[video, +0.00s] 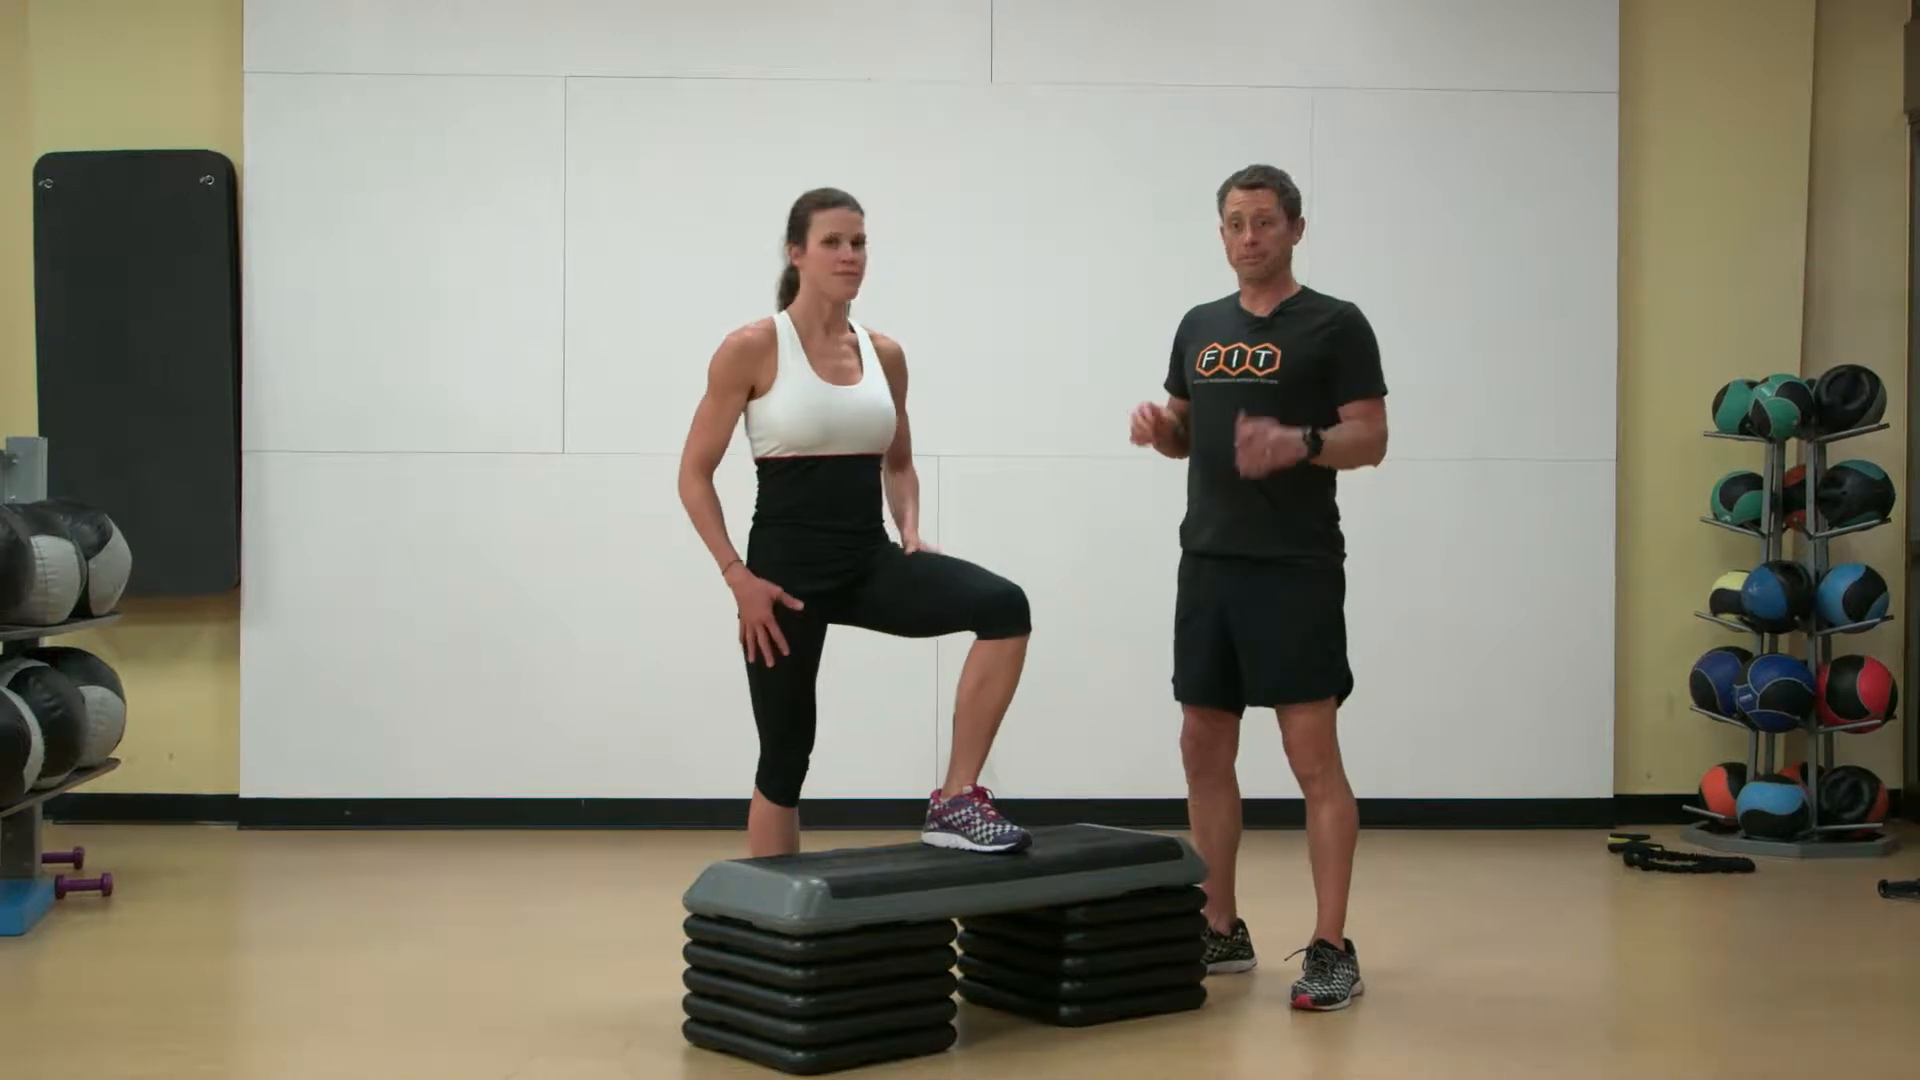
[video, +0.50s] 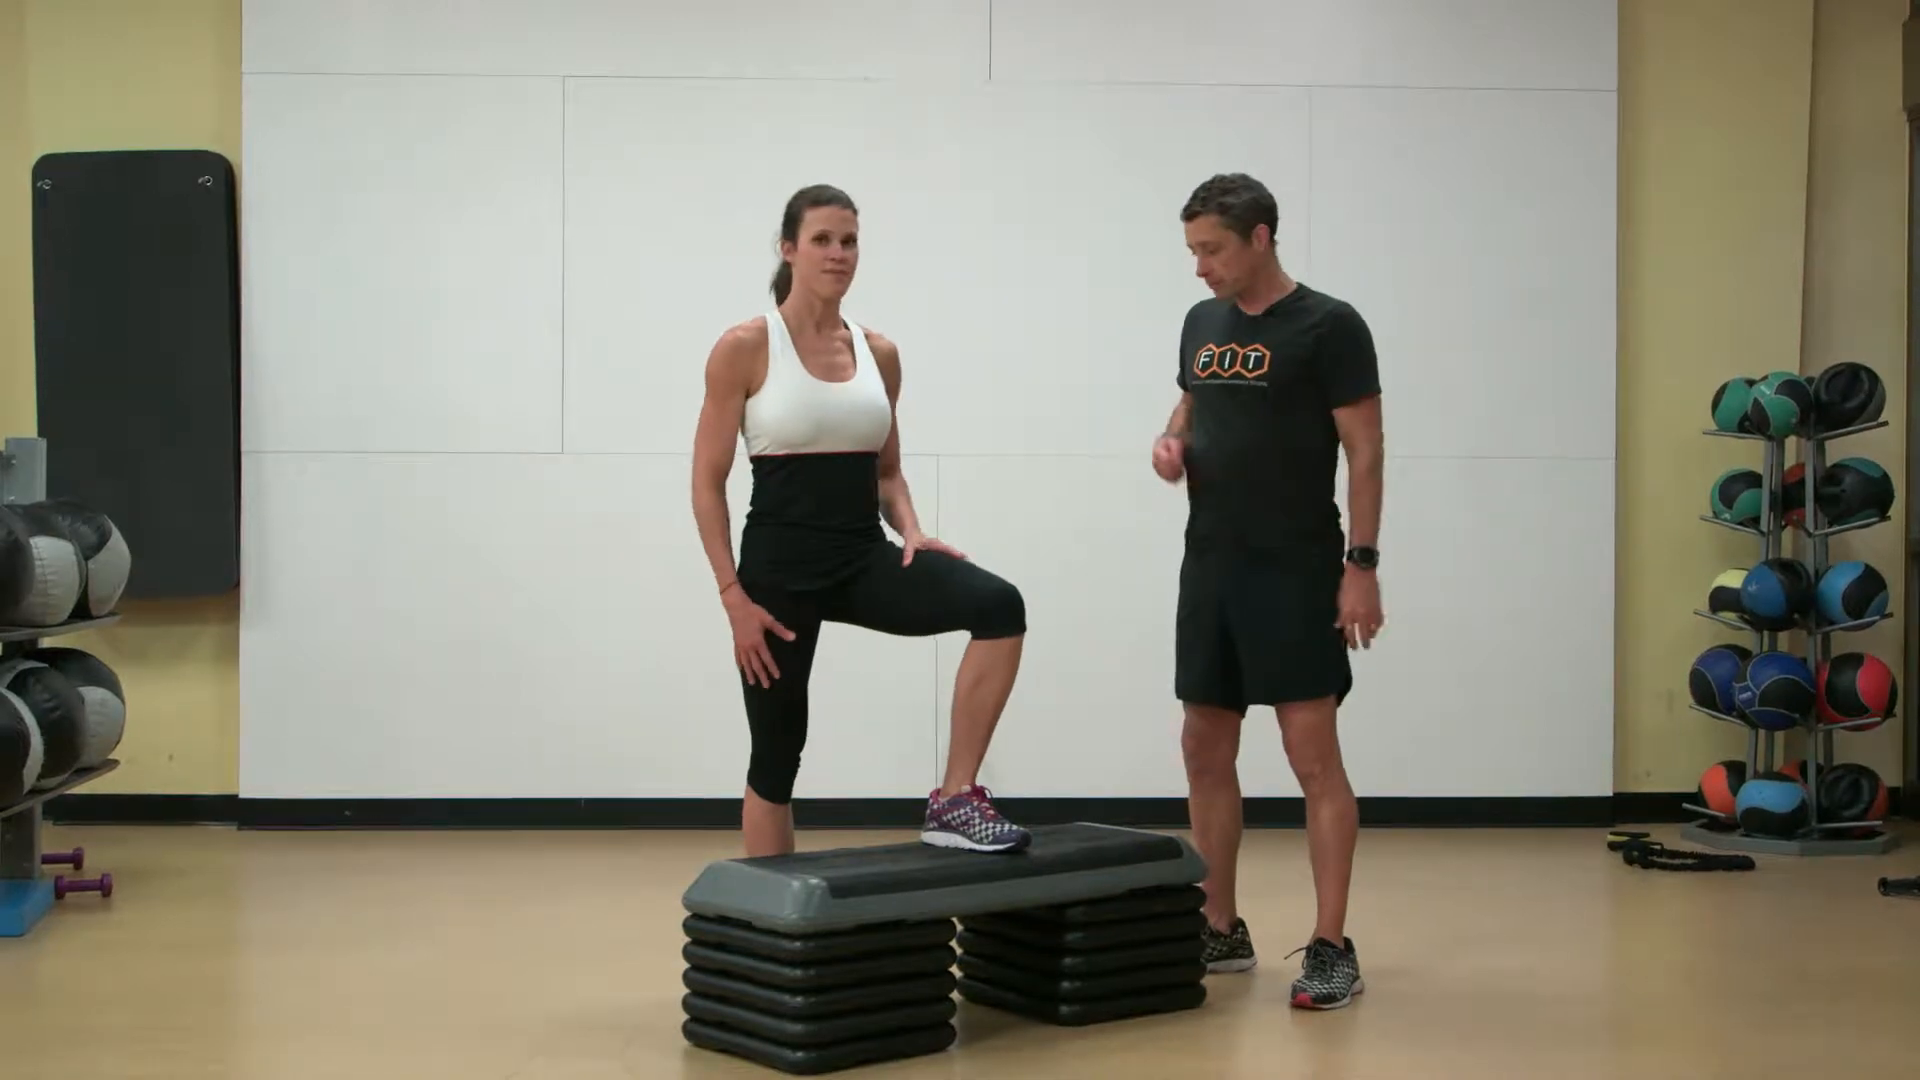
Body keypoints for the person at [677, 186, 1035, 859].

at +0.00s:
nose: (851, 256)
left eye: (859, 243)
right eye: (833, 243)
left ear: (867, 252)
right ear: (796, 254)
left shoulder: (884, 356)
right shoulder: (751, 350)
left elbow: (899, 463)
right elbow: (694, 476)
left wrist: (908, 531)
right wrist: (736, 576)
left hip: (866, 563)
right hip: (786, 571)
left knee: (1004, 609)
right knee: (784, 763)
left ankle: (957, 797)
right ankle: (770, 933)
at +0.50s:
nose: (839, 254)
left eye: (849, 242)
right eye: (823, 241)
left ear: (860, 252)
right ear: (789, 250)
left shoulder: (878, 356)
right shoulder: (746, 349)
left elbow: (889, 470)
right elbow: (707, 484)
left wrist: (912, 532)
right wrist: (732, 597)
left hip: (860, 561)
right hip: (779, 568)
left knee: (999, 606)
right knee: (775, 766)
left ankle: (956, 797)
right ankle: (768, 934)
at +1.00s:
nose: (846, 254)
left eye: (850, 242)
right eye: (831, 242)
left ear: (851, 248)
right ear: (785, 250)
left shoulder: (868, 354)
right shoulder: (736, 350)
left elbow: (897, 474)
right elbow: (708, 489)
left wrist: (940, 534)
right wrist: (742, 598)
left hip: (852, 559)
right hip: (771, 568)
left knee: (987, 600)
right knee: (772, 765)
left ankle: (953, 796)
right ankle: (767, 933)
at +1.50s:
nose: (846, 257)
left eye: (846, 244)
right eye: (833, 245)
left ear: (800, 252)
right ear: (784, 252)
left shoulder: (855, 348)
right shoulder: (723, 353)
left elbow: (878, 467)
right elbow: (700, 493)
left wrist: (915, 529)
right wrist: (728, 607)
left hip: (847, 557)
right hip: (767, 566)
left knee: (975, 604)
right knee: (769, 760)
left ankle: (951, 797)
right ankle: (766, 930)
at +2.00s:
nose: (832, 262)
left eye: (832, 248)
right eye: (818, 249)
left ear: (794, 254)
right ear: (769, 253)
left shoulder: (842, 342)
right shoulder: (716, 357)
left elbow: (867, 462)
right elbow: (698, 500)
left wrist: (904, 523)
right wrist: (730, 612)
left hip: (845, 556)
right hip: (767, 568)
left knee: (974, 602)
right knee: (767, 760)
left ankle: (949, 797)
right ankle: (763, 929)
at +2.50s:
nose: (830, 281)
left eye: (837, 266)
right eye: (817, 266)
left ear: (842, 264)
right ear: (771, 258)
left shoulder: (851, 347)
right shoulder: (725, 361)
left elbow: (875, 468)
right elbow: (705, 502)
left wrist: (915, 531)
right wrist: (734, 616)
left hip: (852, 560)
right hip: (775, 571)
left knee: (980, 606)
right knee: (773, 764)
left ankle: (951, 800)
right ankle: (766, 933)